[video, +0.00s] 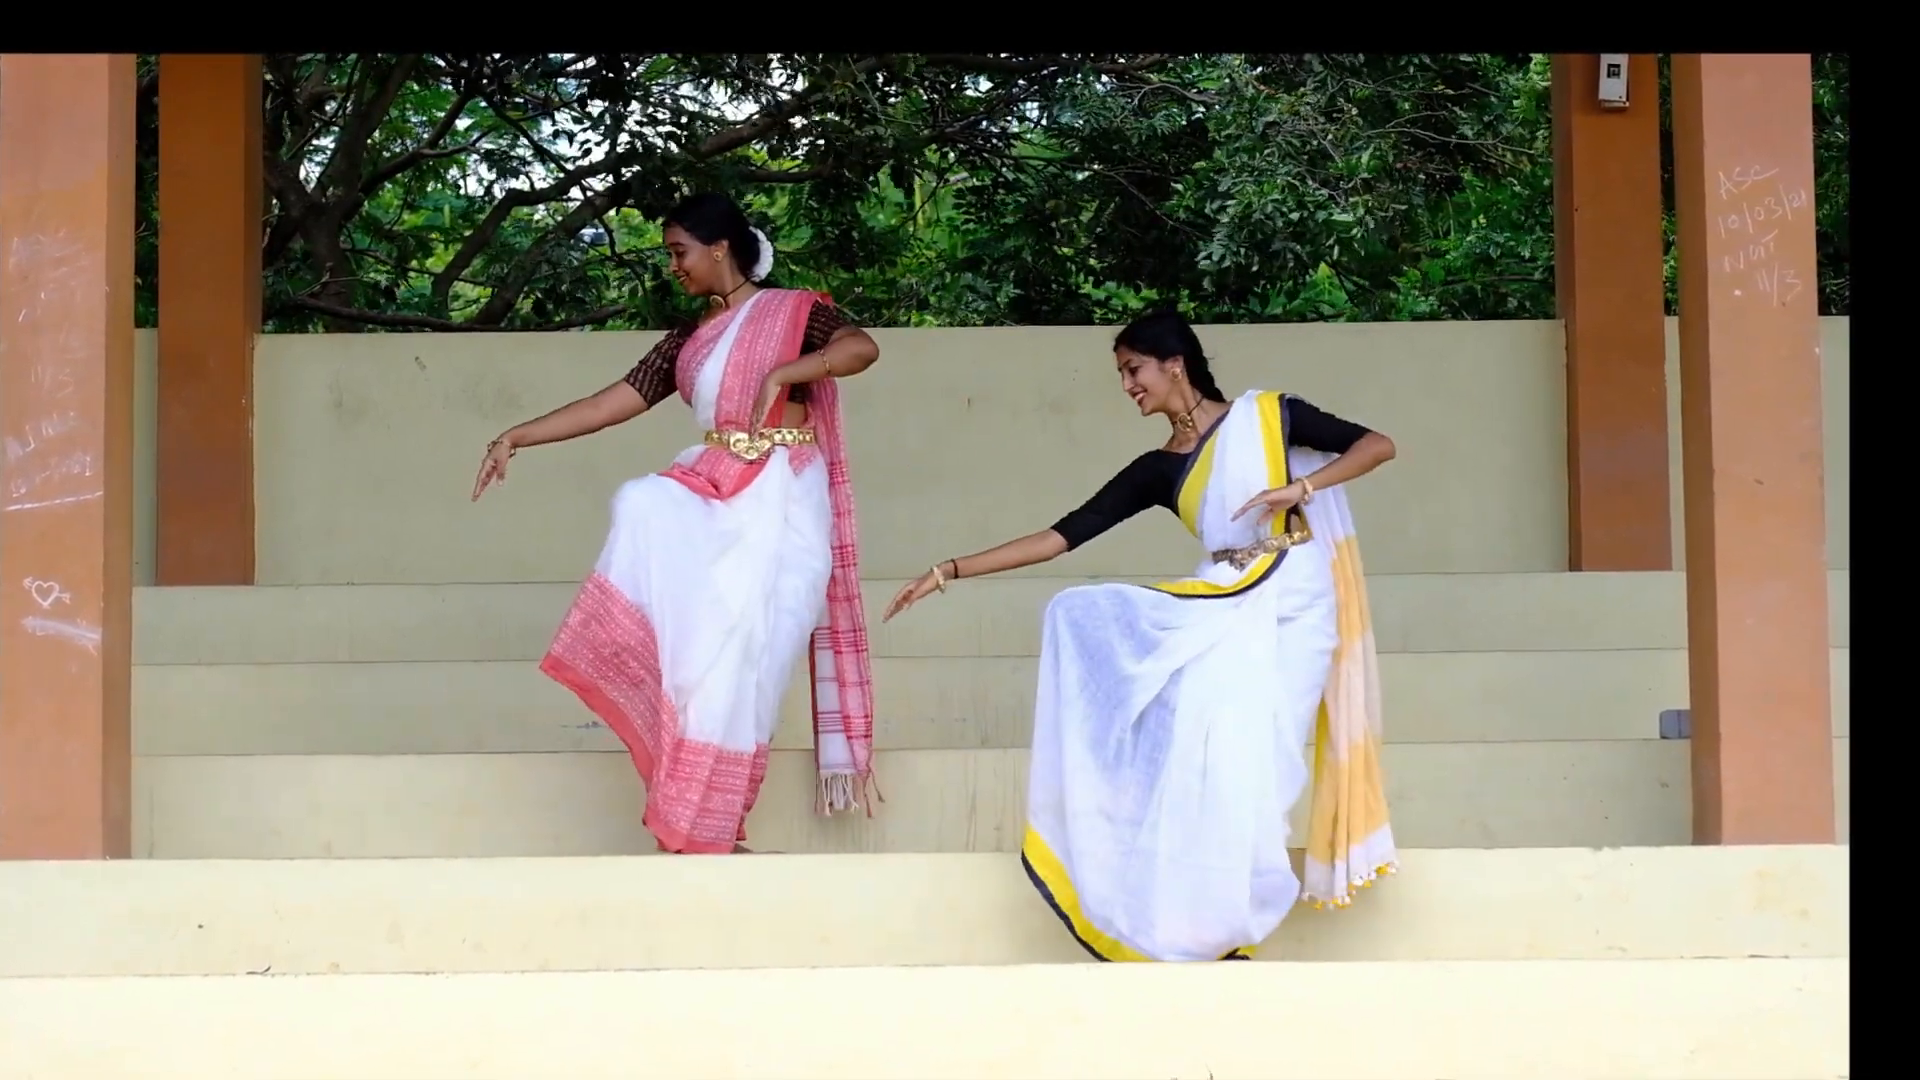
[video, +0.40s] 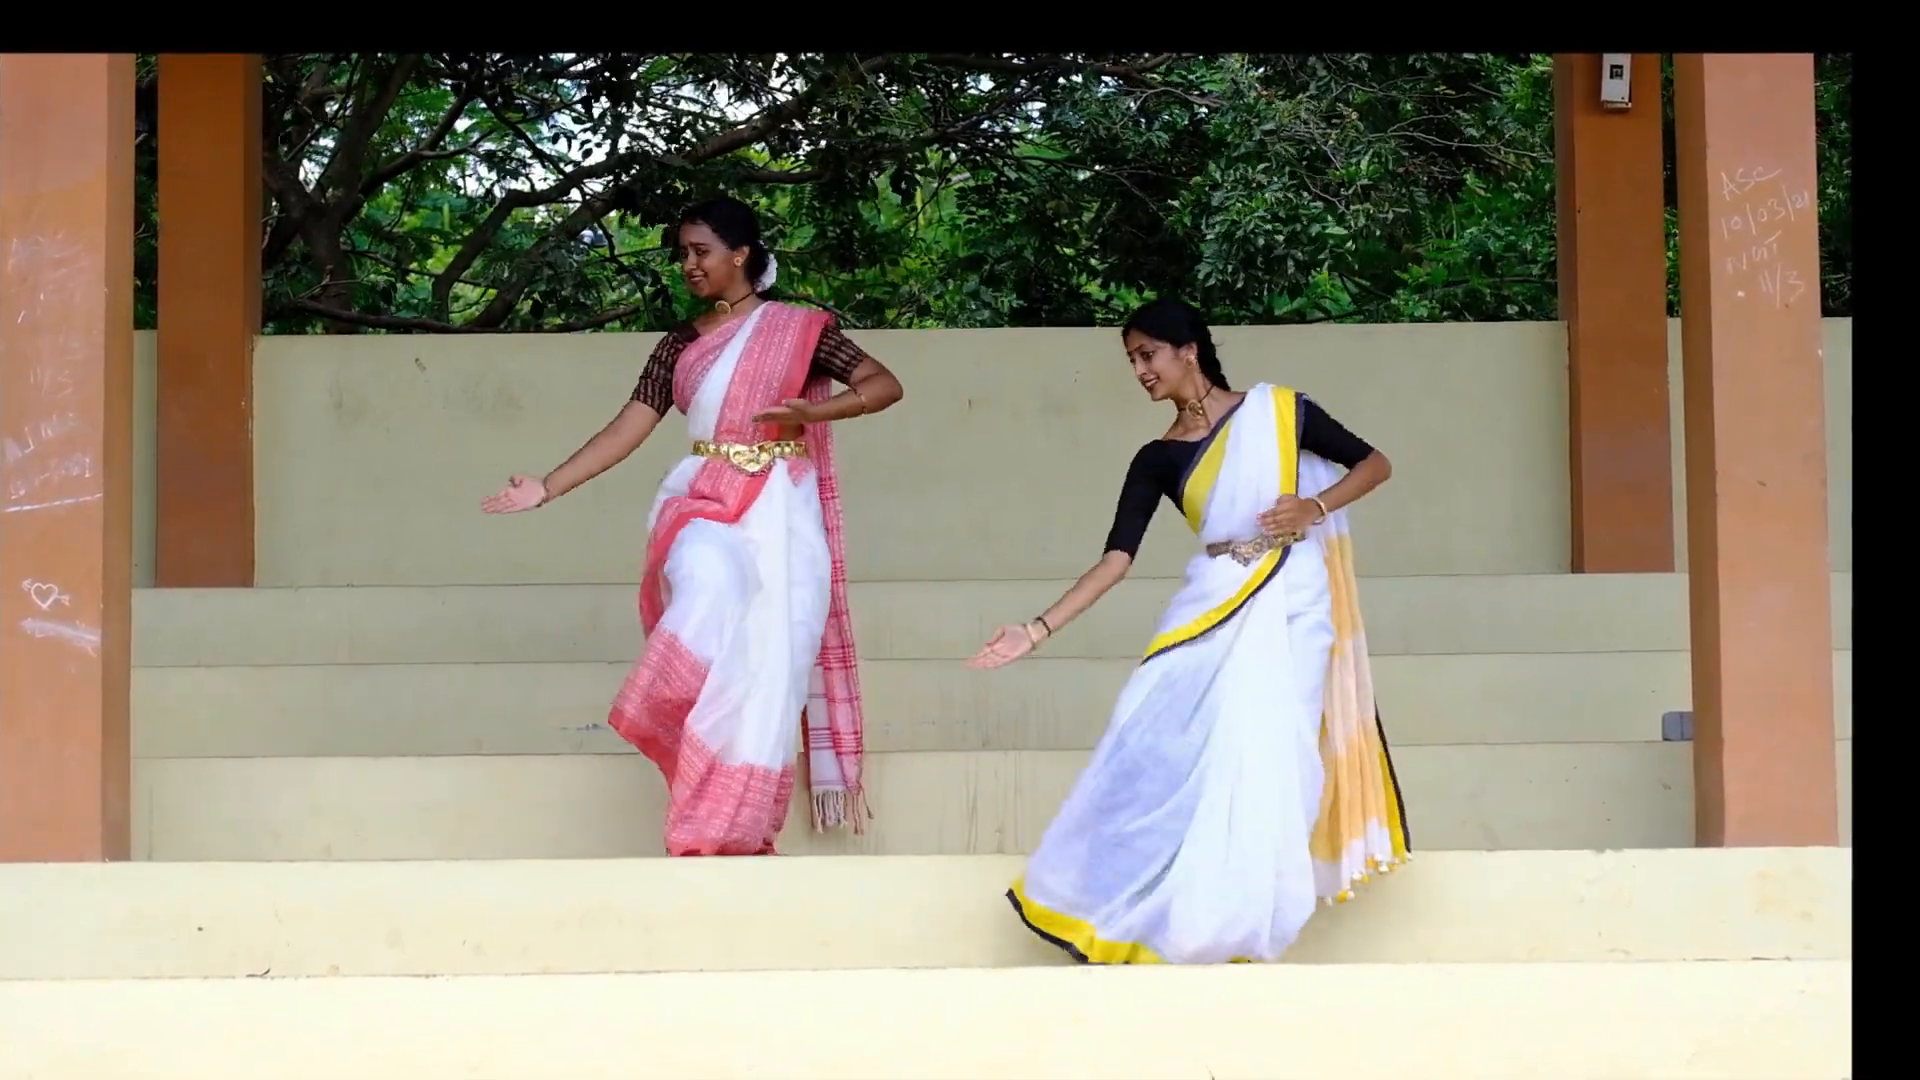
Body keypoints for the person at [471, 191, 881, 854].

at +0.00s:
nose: (675, 266)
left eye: (682, 252)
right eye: (671, 255)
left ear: (724, 247)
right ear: (697, 254)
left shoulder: (791, 306)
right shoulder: (692, 341)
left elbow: (862, 349)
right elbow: (608, 405)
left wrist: (785, 374)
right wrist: (512, 436)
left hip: (787, 488)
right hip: (714, 482)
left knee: (732, 635)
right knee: (639, 498)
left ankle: (711, 815)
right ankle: (647, 659)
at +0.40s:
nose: (688, 265)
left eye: (700, 252)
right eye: (683, 254)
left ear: (744, 253)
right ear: (685, 259)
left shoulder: (799, 325)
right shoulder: (681, 346)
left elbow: (885, 384)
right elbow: (625, 430)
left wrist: (814, 411)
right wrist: (546, 486)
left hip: (783, 509)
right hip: (703, 503)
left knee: (772, 657)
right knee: (711, 574)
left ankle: (737, 825)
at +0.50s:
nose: (715, 263)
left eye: (729, 249)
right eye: (703, 251)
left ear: (757, 259)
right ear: (693, 264)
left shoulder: (800, 336)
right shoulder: (681, 345)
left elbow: (882, 400)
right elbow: (649, 433)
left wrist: (818, 427)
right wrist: (595, 513)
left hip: (782, 507)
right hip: (704, 505)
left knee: (783, 653)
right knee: (728, 624)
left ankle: (764, 824)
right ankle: (715, 801)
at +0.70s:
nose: (761, 262)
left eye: (770, 251)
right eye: (746, 248)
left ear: (776, 263)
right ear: (714, 260)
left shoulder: (791, 343)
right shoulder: (692, 339)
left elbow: (854, 415)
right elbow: (703, 426)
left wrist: (829, 432)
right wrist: (720, 501)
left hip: (780, 507)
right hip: (713, 499)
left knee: (781, 650)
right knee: (730, 648)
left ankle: (772, 811)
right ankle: (713, 813)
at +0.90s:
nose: (774, 248)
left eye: (780, 237)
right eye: (759, 235)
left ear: (783, 249)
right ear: (723, 244)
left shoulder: (781, 332)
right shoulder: (705, 320)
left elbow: (825, 396)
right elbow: (752, 398)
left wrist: (827, 410)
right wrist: (810, 436)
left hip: (774, 495)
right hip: (715, 490)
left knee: (784, 642)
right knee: (735, 645)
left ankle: (789, 810)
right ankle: (721, 813)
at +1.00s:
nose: (778, 241)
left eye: (783, 230)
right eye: (763, 228)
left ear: (784, 243)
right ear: (726, 240)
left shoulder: (783, 329)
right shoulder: (711, 310)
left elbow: (829, 417)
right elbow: (760, 377)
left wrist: (812, 382)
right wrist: (834, 395)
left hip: (771, 490)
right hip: (713, 485)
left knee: (782, 638)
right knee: (731, 638)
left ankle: (791, 809)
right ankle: (730, 812)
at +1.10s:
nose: (780, 240)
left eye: (784, 229)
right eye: (765, 227)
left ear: (783, 243)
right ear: (726, 239)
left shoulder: (779, 324)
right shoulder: (714, 308)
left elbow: (830, 416)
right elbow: (766, 358)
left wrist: (820, 399)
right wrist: (858, 359)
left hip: (768, 492)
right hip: (711, 484)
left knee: (780, 640)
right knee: (728, 640)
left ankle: (793, 812)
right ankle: (726, 815)